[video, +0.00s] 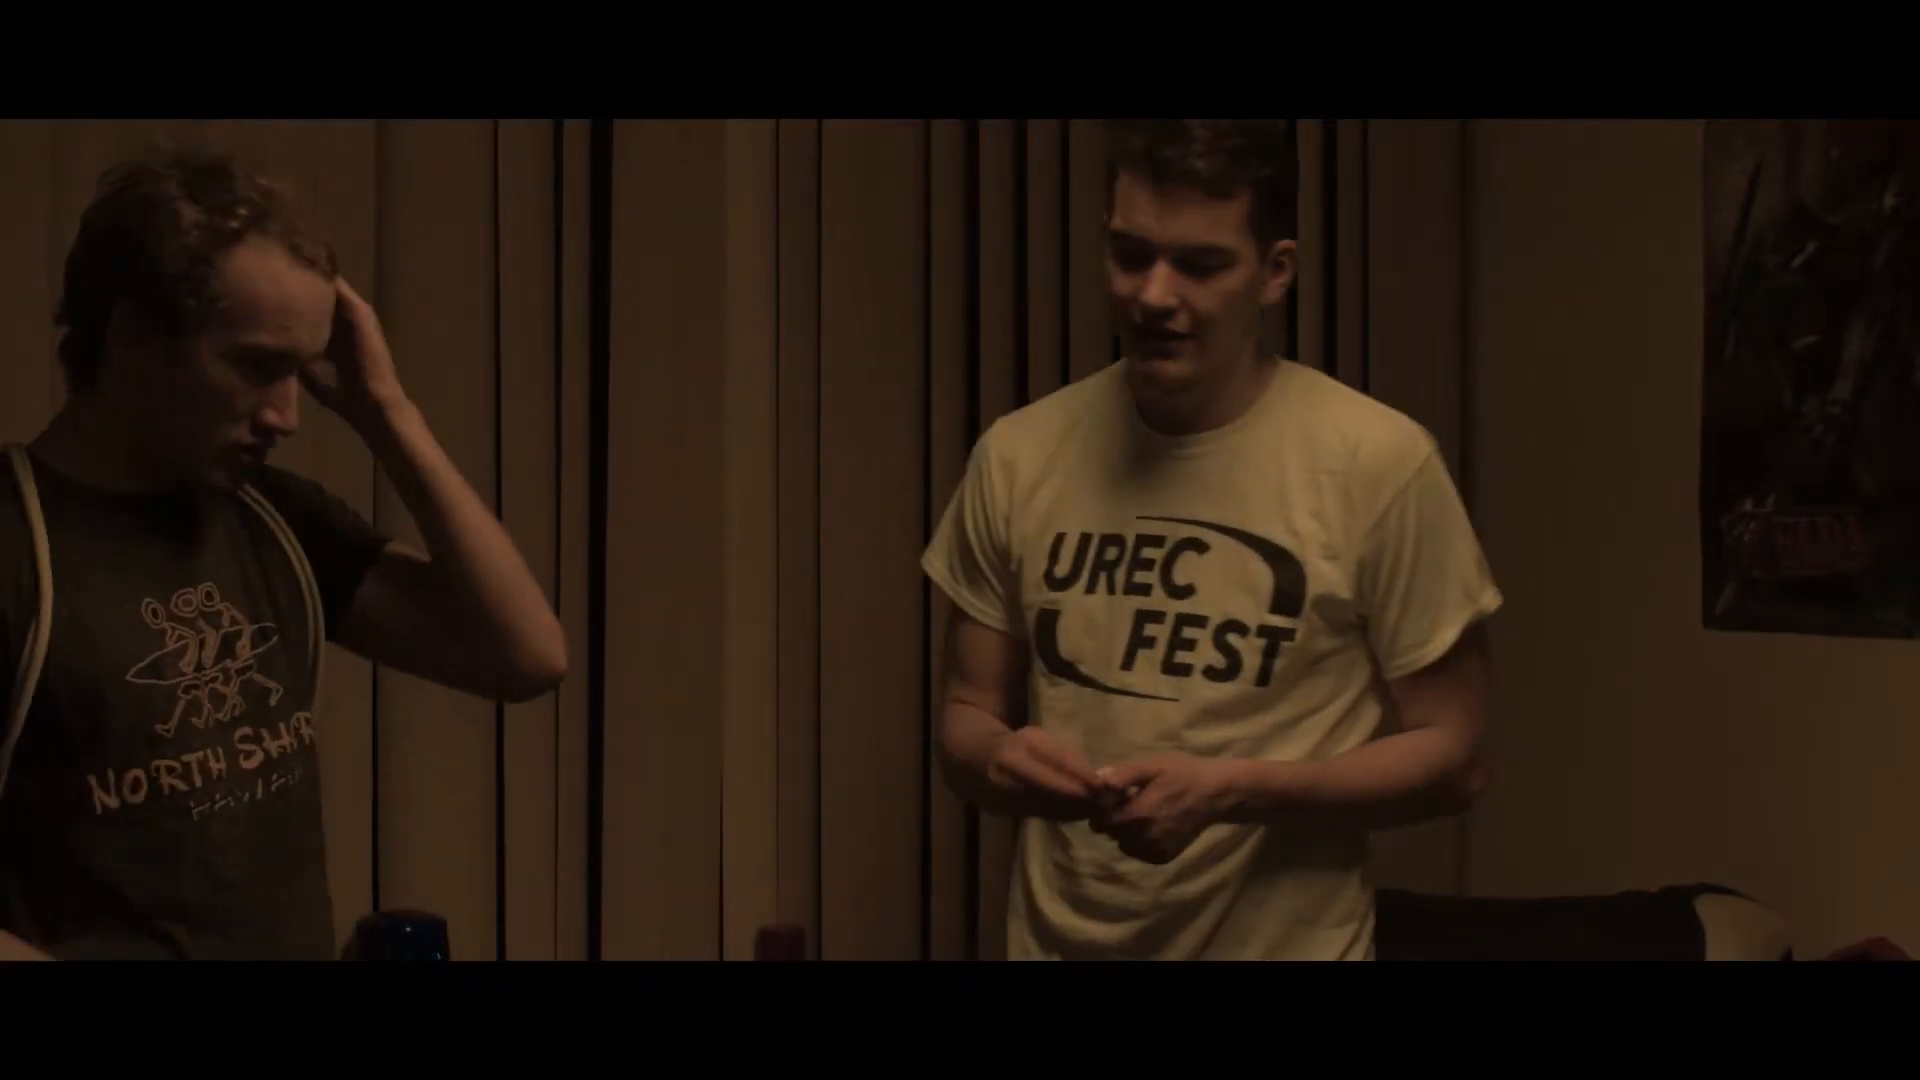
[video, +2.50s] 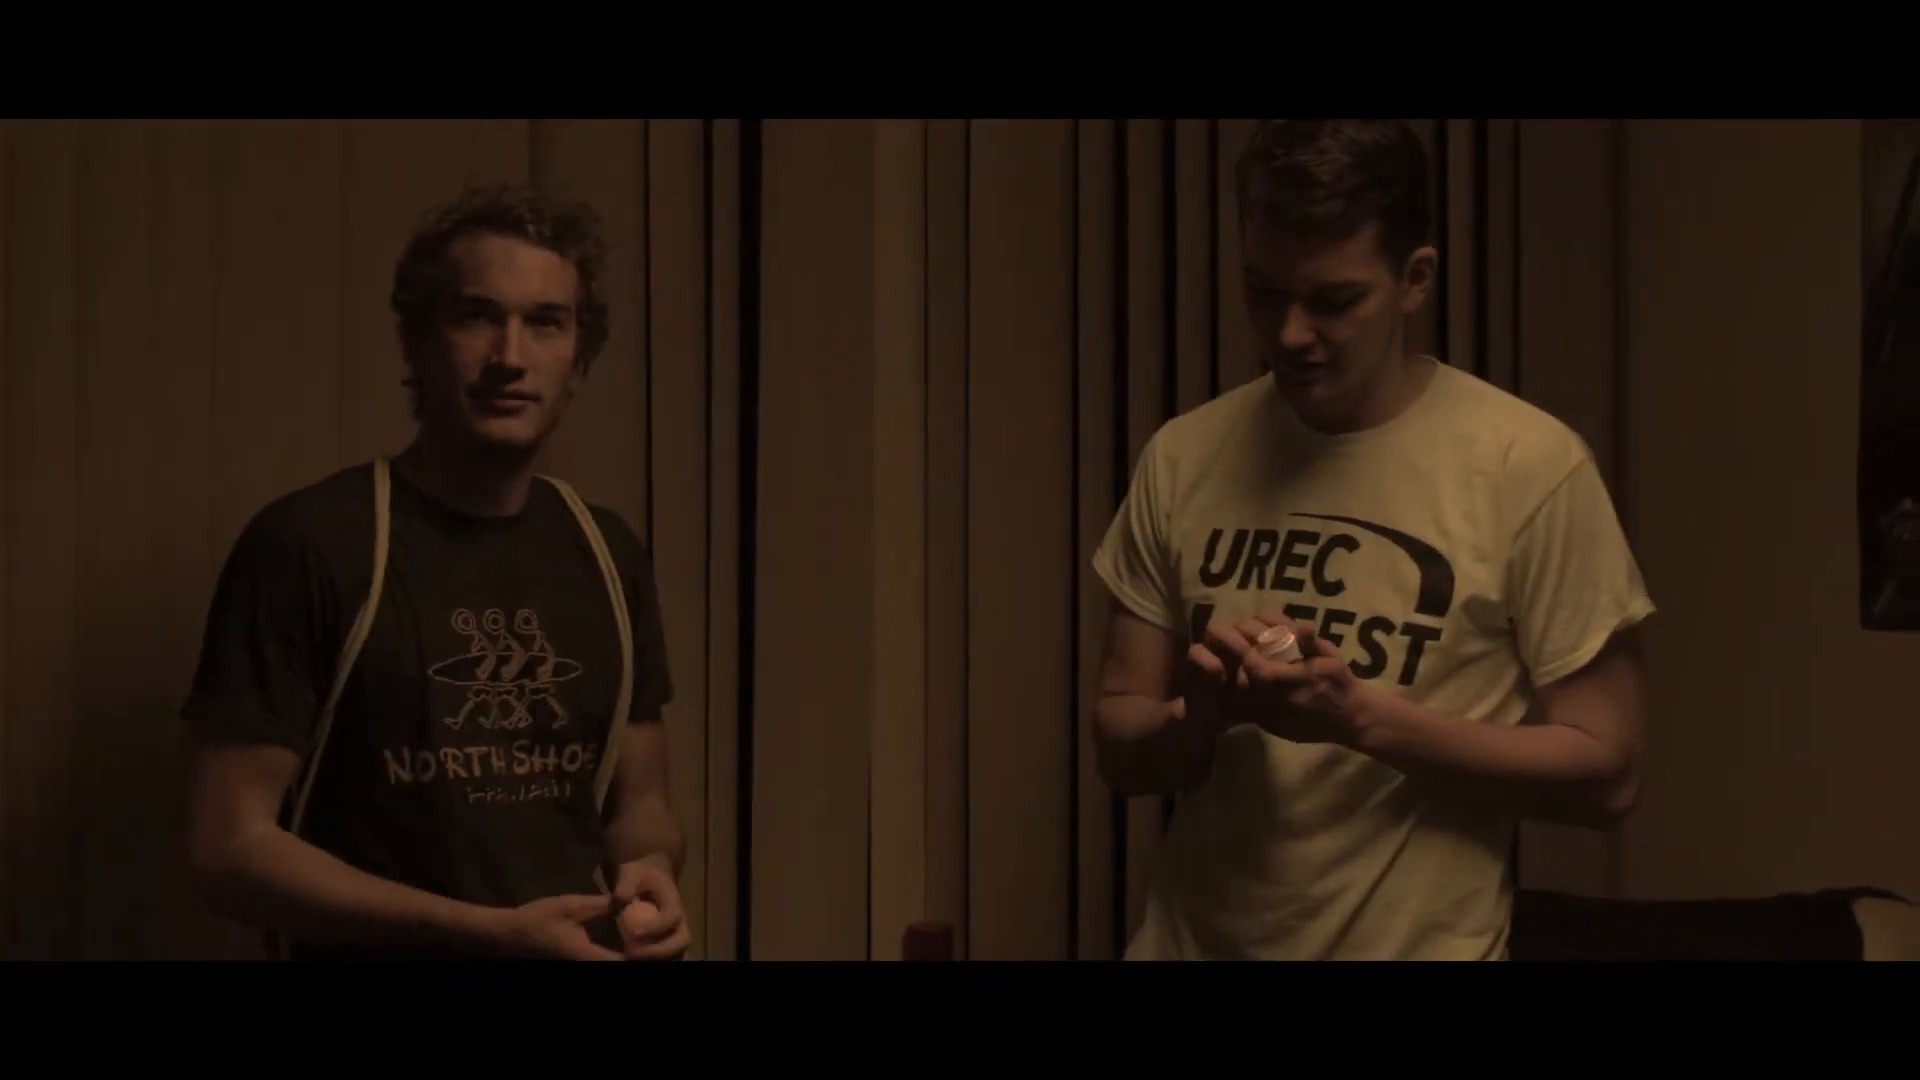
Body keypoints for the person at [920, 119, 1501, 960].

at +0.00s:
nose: (1153, 297)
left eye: (1199, 264)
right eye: (1131, 257)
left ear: (1275, 273)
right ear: (1106, 253)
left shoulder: (1379, 467)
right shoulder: (1019, 458)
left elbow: (1450, 751)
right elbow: (967, 703)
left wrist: (1232, 787)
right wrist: (1000, 760)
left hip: (1283, 946)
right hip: (1056, 945)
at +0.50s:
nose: (1264, 349)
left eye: (1310, 318)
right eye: (1239, 306)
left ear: (1378, 311)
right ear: (1204, 280)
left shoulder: (1473, 512)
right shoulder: (1103, 492)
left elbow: (1539, 807)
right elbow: (1037, 762)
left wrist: (1338, 811)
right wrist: (1109, 794)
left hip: (1371, 950)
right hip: (1148, 947)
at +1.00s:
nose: (1274, 355)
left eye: (1321, 324)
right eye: (1248, 311)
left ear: (1390, 308)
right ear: (1216, 273)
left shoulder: (1489, 504)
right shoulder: (1120, 484)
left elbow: (1560, 796)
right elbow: (1052, 759)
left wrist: (1351, 777)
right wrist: (1108, 753)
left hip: (1379, 949)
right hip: (1146, 945)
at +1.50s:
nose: (1212, 320)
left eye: (1256, 287)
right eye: (1188, 279)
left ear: (1332, 280)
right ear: (1162, 253)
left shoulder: (1434, 477)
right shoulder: (1075, 464)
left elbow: (1505, 769)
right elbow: (1016, 763)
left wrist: (1283, 749)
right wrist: (1060, 727)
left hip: (1311, 945)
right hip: (1088, 941)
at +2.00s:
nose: (1291, 320)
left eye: (1334, 288)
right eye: (1268, 280)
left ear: (1416, 274)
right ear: (1246, 261)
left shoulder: (1527, 463)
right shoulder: (1178, 453)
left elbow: (1605, 758)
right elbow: (1133, 755)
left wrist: (1377, 735)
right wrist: (1152, 709)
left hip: (1418, 943)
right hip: (1194, 941)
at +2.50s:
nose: (1292, 334)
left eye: (1334, 300)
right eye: (1269, 296)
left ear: (1416, 280)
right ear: (1246, 277)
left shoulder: (1530, 469)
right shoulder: (1183, 459)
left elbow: (1606, 771)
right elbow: (1119, 740)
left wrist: (1360, 714)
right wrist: (1196, 718)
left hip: (1419, 943)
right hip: (1192, 939)